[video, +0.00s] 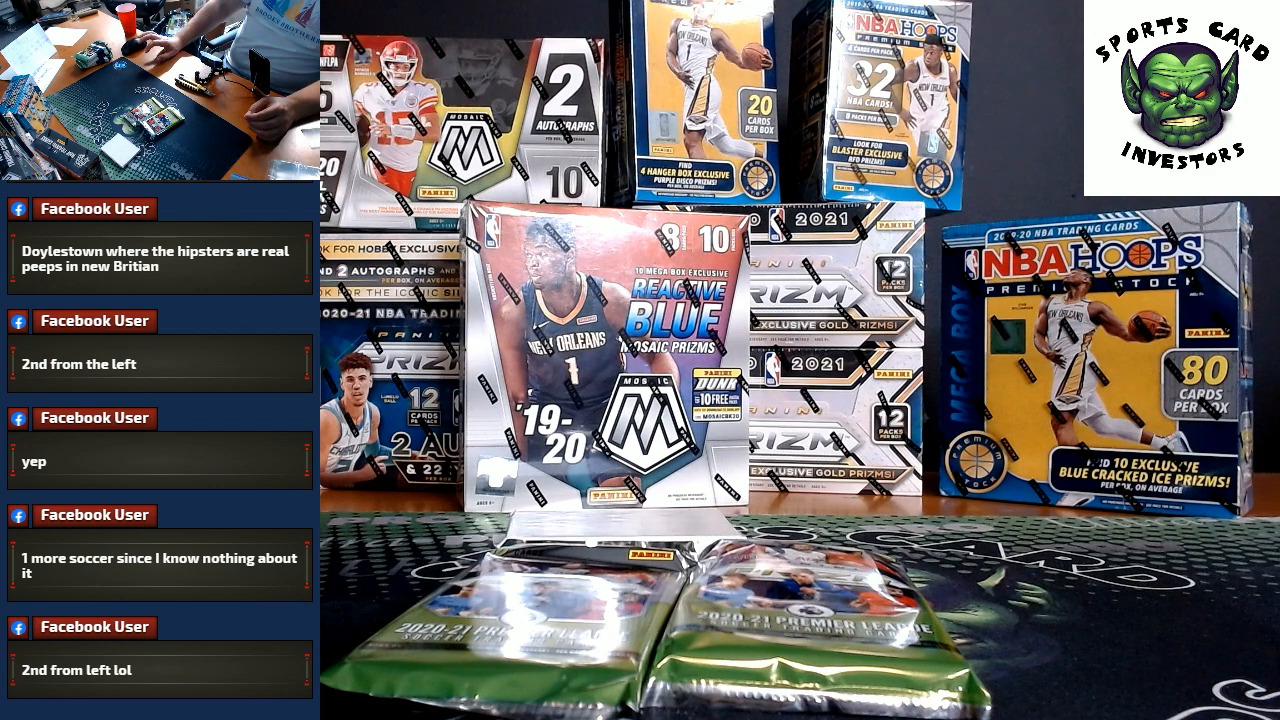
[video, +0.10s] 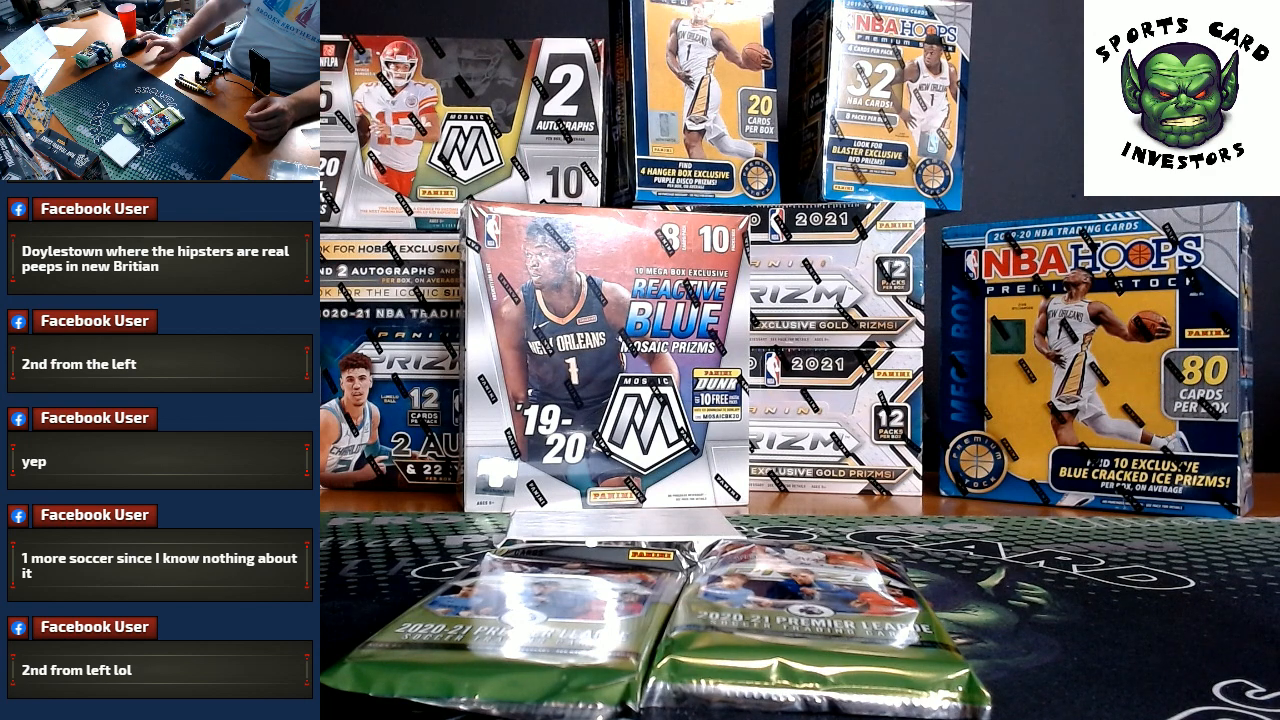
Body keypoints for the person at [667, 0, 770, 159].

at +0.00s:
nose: (697, 9)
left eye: (702, 6)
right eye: (695, 5)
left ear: (711, 12)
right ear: (691, 8)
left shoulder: (715, 34)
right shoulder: (678, 25)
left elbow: (739, 60)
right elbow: (670, 53)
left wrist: (764, 62)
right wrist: (678, 72)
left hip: (705, 87)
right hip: (692, 88)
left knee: (692, 141)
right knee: (725, 145)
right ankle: (767, 158)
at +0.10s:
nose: (697, 9)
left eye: (702, 6)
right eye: (695, 5)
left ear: (711, 12)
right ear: (691, 8)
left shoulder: (715, 34)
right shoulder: (678, 25)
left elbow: (740, 60)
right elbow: (670, 53)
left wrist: (764, 62)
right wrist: (678, 72)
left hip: (705, 87)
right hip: (692, 88)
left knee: (692, 141)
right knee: (725, 145)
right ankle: (767, 158)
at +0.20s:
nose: (697, 9)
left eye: (703, 6)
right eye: (695, 5)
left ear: (711, 12)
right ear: (691, 8)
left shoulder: (715, 34)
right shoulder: (678, 25)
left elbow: (740, 60)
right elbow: (670, 54)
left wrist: (765, 63)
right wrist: (678, 72)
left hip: (705, 87)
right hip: (692, 88)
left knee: (692, 141)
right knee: (725, 145)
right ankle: (766, 158)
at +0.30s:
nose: (697, 9)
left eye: (702, 6)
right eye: (694, 5)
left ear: (711, 12)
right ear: (691, 8)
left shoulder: (715, 34)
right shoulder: (678, 25)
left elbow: (740, 60)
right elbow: (670, 53)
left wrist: (764, 63)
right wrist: (678, 72)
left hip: (705, 87)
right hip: (692, 88)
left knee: (692, 141)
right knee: (725, 145)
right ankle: (767, 158)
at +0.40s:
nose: (697, 9)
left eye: (702, 6)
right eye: (694, 5)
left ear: (711, 12)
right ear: (691, 8)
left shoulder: (715, 34)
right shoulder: (678, 25)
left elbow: (740, 60)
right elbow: (670, 53)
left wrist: (764, 63)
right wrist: (678, 72)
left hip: (705, 87)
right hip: (692, 88)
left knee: (692, 141)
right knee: (725, 145)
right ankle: (767, 158)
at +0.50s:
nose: (697, 9)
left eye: (702, 6)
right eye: (694, 5)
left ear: (711, 12)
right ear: (691, 8)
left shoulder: (715, 34)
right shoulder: (678, 25)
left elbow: (739, 60)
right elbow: (670, 53)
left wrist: (764, 63)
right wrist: (678, 72)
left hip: (705, 87)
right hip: (692, 88)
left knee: (692, 141)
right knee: (725, 145)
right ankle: (767, 158)